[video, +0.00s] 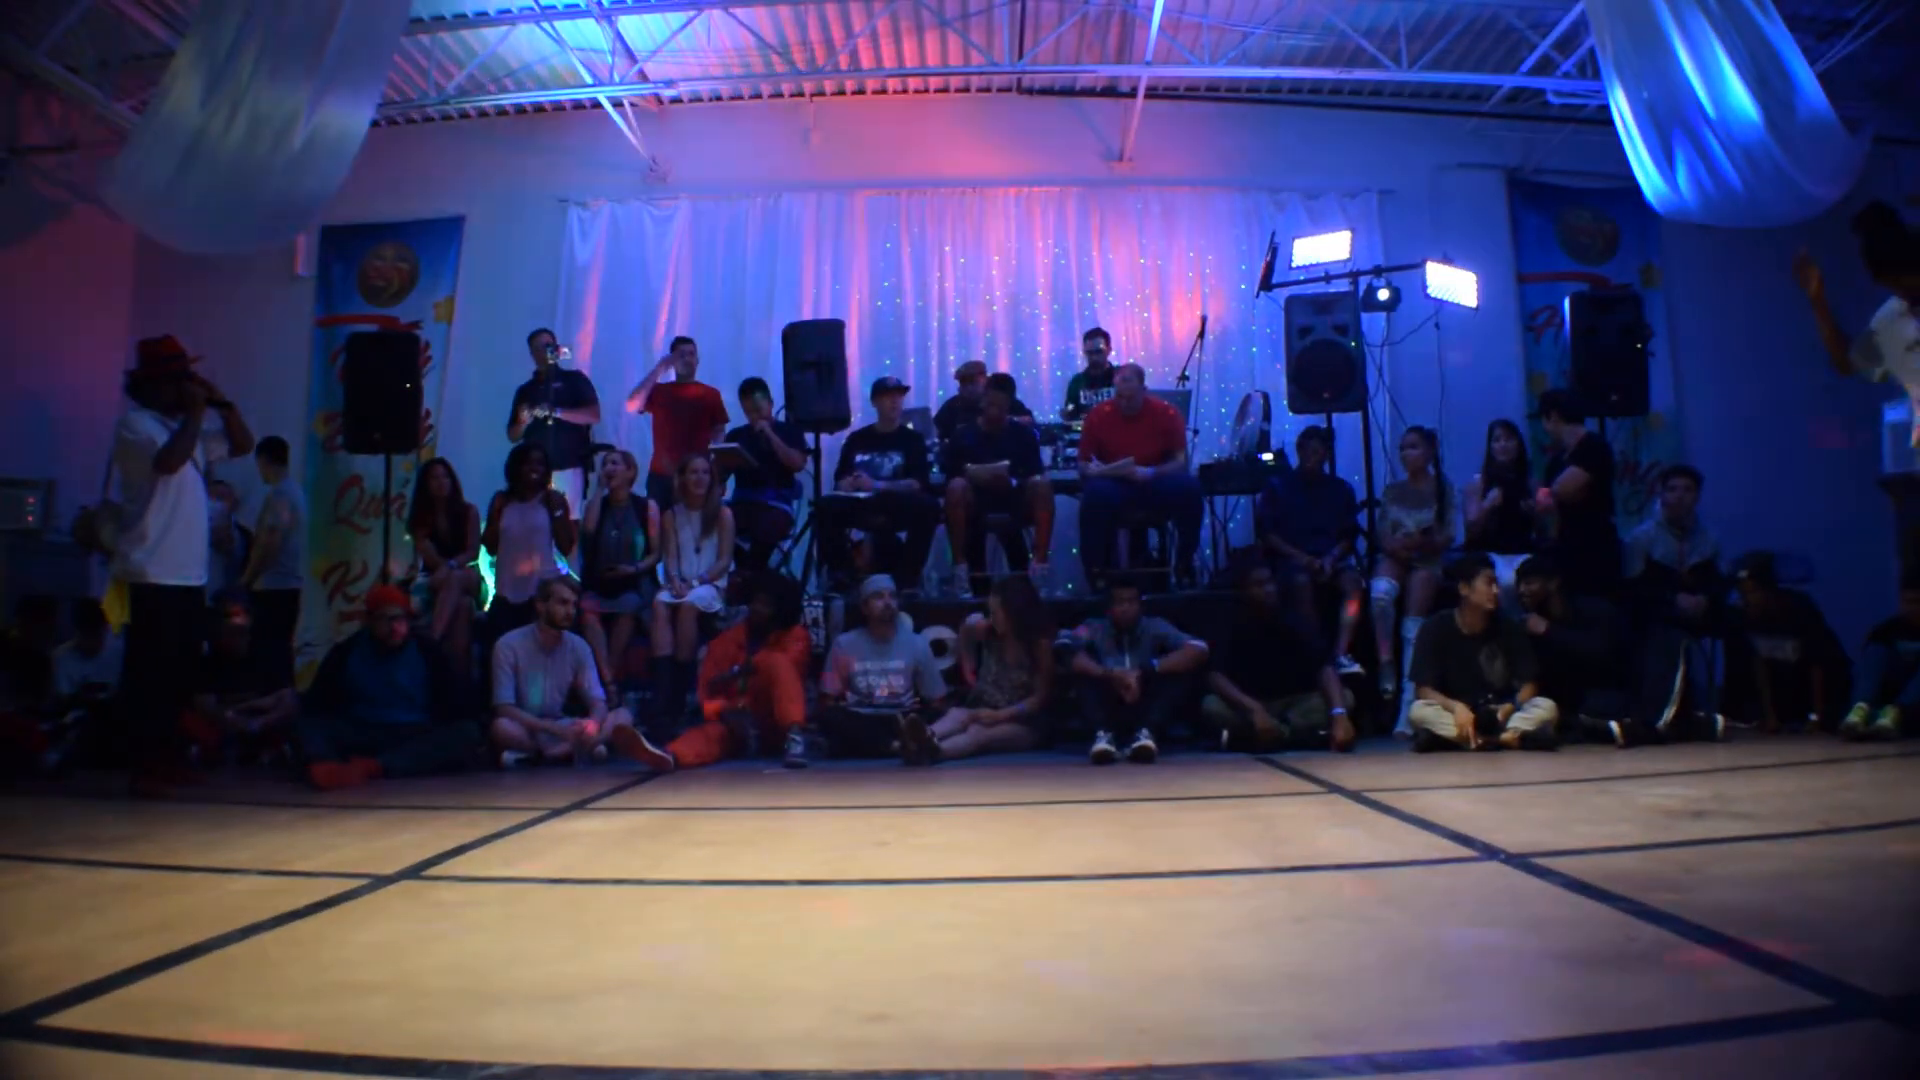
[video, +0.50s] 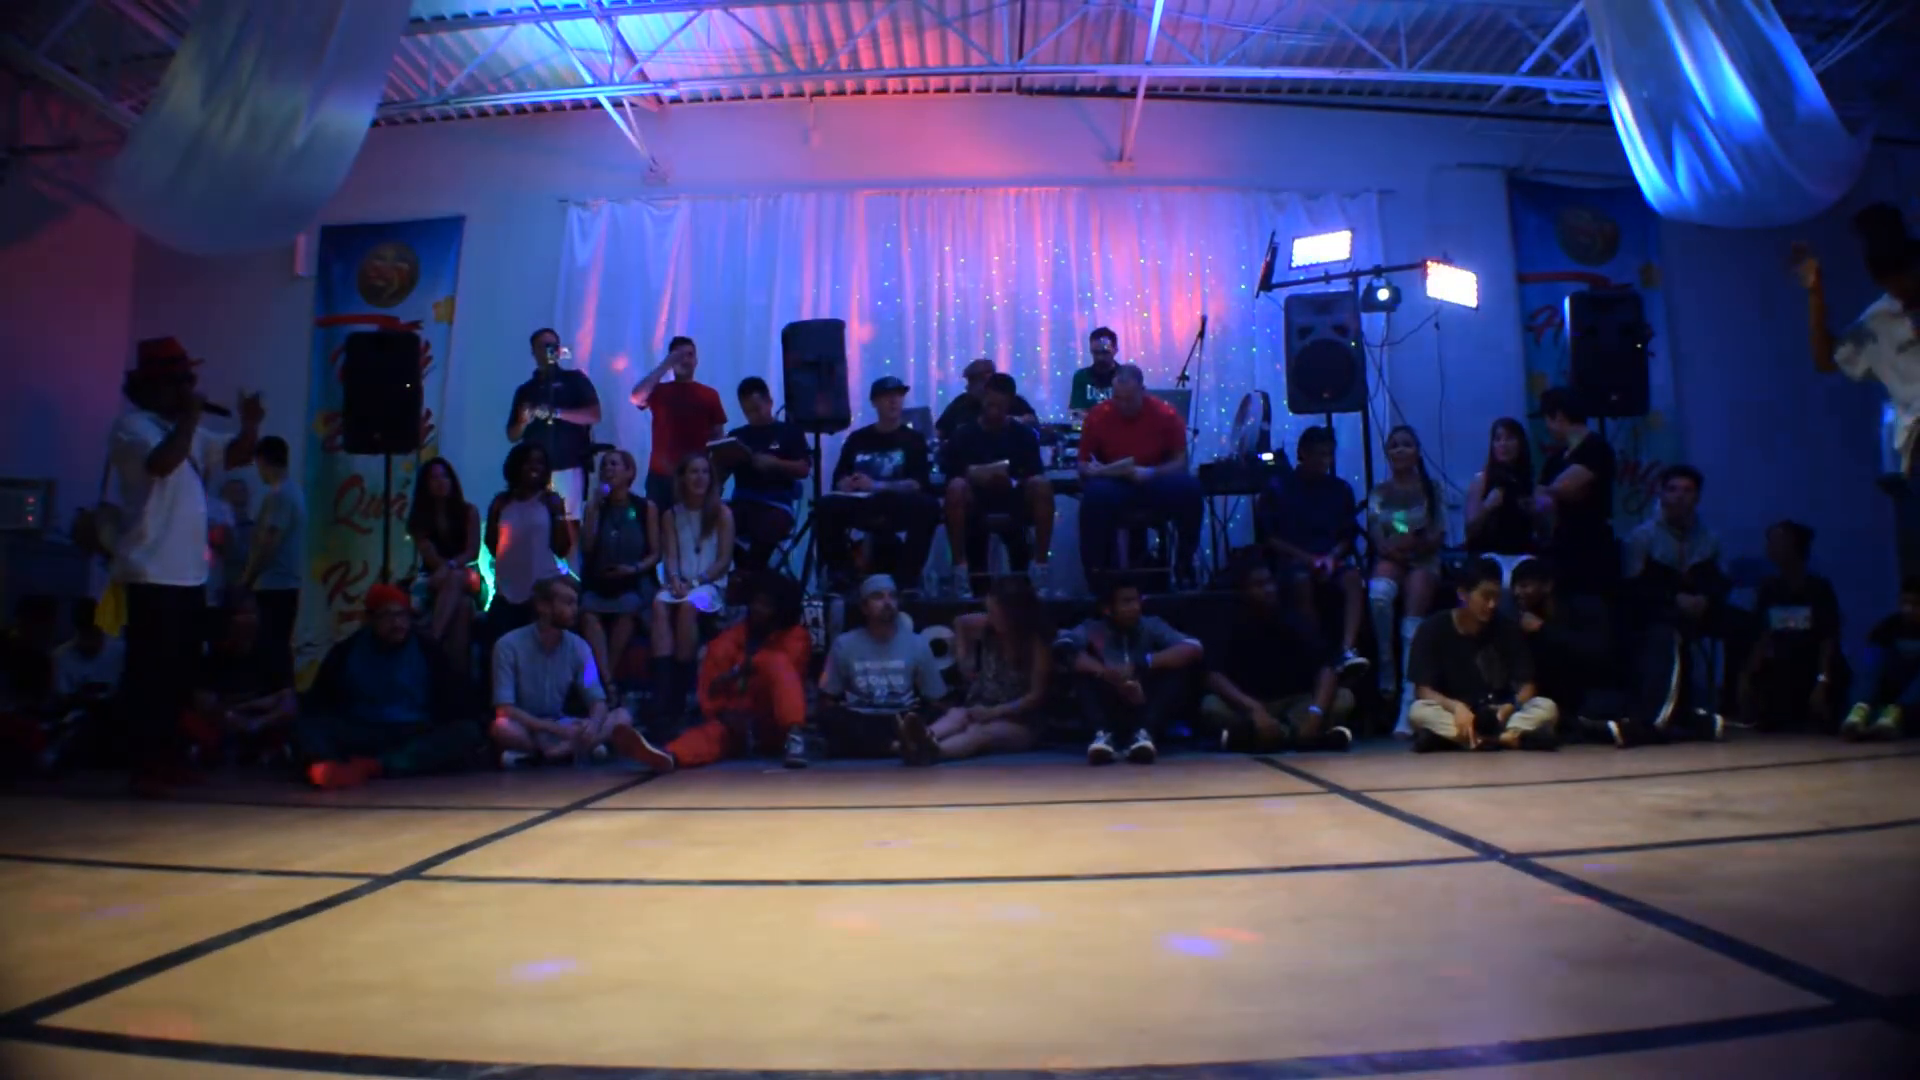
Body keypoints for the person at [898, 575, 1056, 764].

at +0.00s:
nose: (992, 619)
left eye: (996, 612)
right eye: (991, 612)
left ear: (1014, 611)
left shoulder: (1038, 646)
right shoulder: (989, 634)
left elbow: (1040, 699)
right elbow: (967, 629)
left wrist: (998, 715)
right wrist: (969, 677)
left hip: (1021, 717)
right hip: (986, 707)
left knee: (980, 733)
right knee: (957, 715)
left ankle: (933, 752)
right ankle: (921, 737)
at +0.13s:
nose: (992, 619)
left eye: (997, 612)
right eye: (991, 612)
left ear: (1014, 612)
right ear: (990, 613)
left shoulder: (1037, 644)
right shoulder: (985, 632)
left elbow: (1039, 698)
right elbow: (965, 631)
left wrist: (997, 715)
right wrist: (970, 675)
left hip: (1021, 716)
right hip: (984, 708)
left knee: (980, 734)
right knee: (957, 716)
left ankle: (932, 751)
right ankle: (921, 737)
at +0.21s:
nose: (993, 621)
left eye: (997, 615)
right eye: (991, 614)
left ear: (1015, 614)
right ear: (990, 613)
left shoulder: (1037, 644)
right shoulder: (985, 631)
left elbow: (1039, 698)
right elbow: (965, 628)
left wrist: (996, 715)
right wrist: (969, 674)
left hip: (1020, 716)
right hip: (984, 708)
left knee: (978, 734)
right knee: (956, 716)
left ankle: (931, 751)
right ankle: (920, 737)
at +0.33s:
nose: (993, 620)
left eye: (997, 614)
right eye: (991, 613)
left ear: (1014, 613)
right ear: (991, 612)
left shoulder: (1036, 645)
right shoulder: (988, 629)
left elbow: (1039, 698)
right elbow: (964, 627)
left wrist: (995, 714)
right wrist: (969, 672)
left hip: (1018, 716)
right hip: (981, 708)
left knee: (979, 734)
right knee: (956, 716)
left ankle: (931, 751)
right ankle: (918, 738)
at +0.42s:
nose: (994, 619)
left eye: (998, 613)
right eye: (992, 612)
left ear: (1014, 612)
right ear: (991, 611)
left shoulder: (1035, 645)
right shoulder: (990, 627)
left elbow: (1039, 697)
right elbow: (964, 625)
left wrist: (993, 714)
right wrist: (968, 670)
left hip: (1018, 716)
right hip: (981, 706)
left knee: (980, 734)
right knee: (955, 716)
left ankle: (931, 752)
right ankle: (918, 738)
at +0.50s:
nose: (992, 618)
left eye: (996, 611)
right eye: (990, 612)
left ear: (1013, 612)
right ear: (990, 612)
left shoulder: (1035, 644)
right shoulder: (990, 630)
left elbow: (1037, 696)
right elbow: (961, 623)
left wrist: (993, 712)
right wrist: (965, 665)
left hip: (1017, 716)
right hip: (982, 707)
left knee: (981, 733)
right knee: (957, 716)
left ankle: (931, 752)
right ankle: (920, 737)